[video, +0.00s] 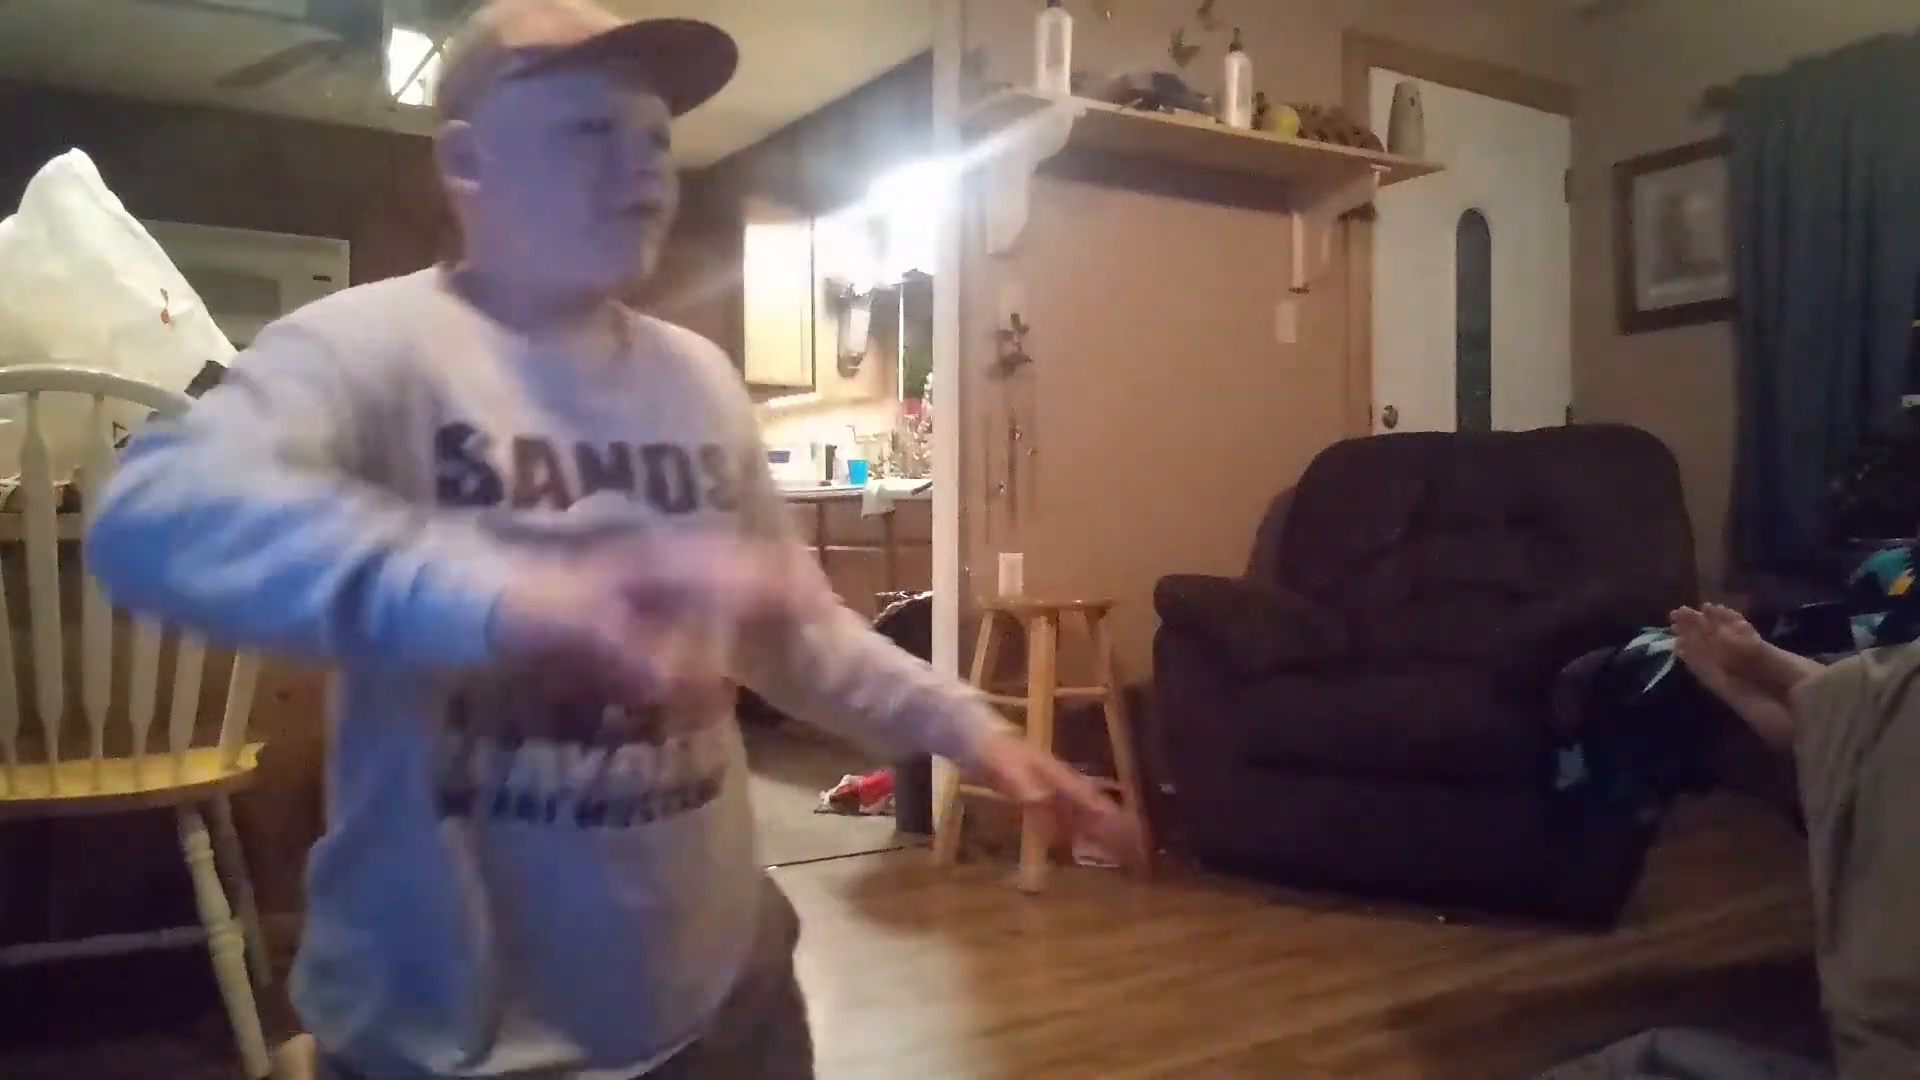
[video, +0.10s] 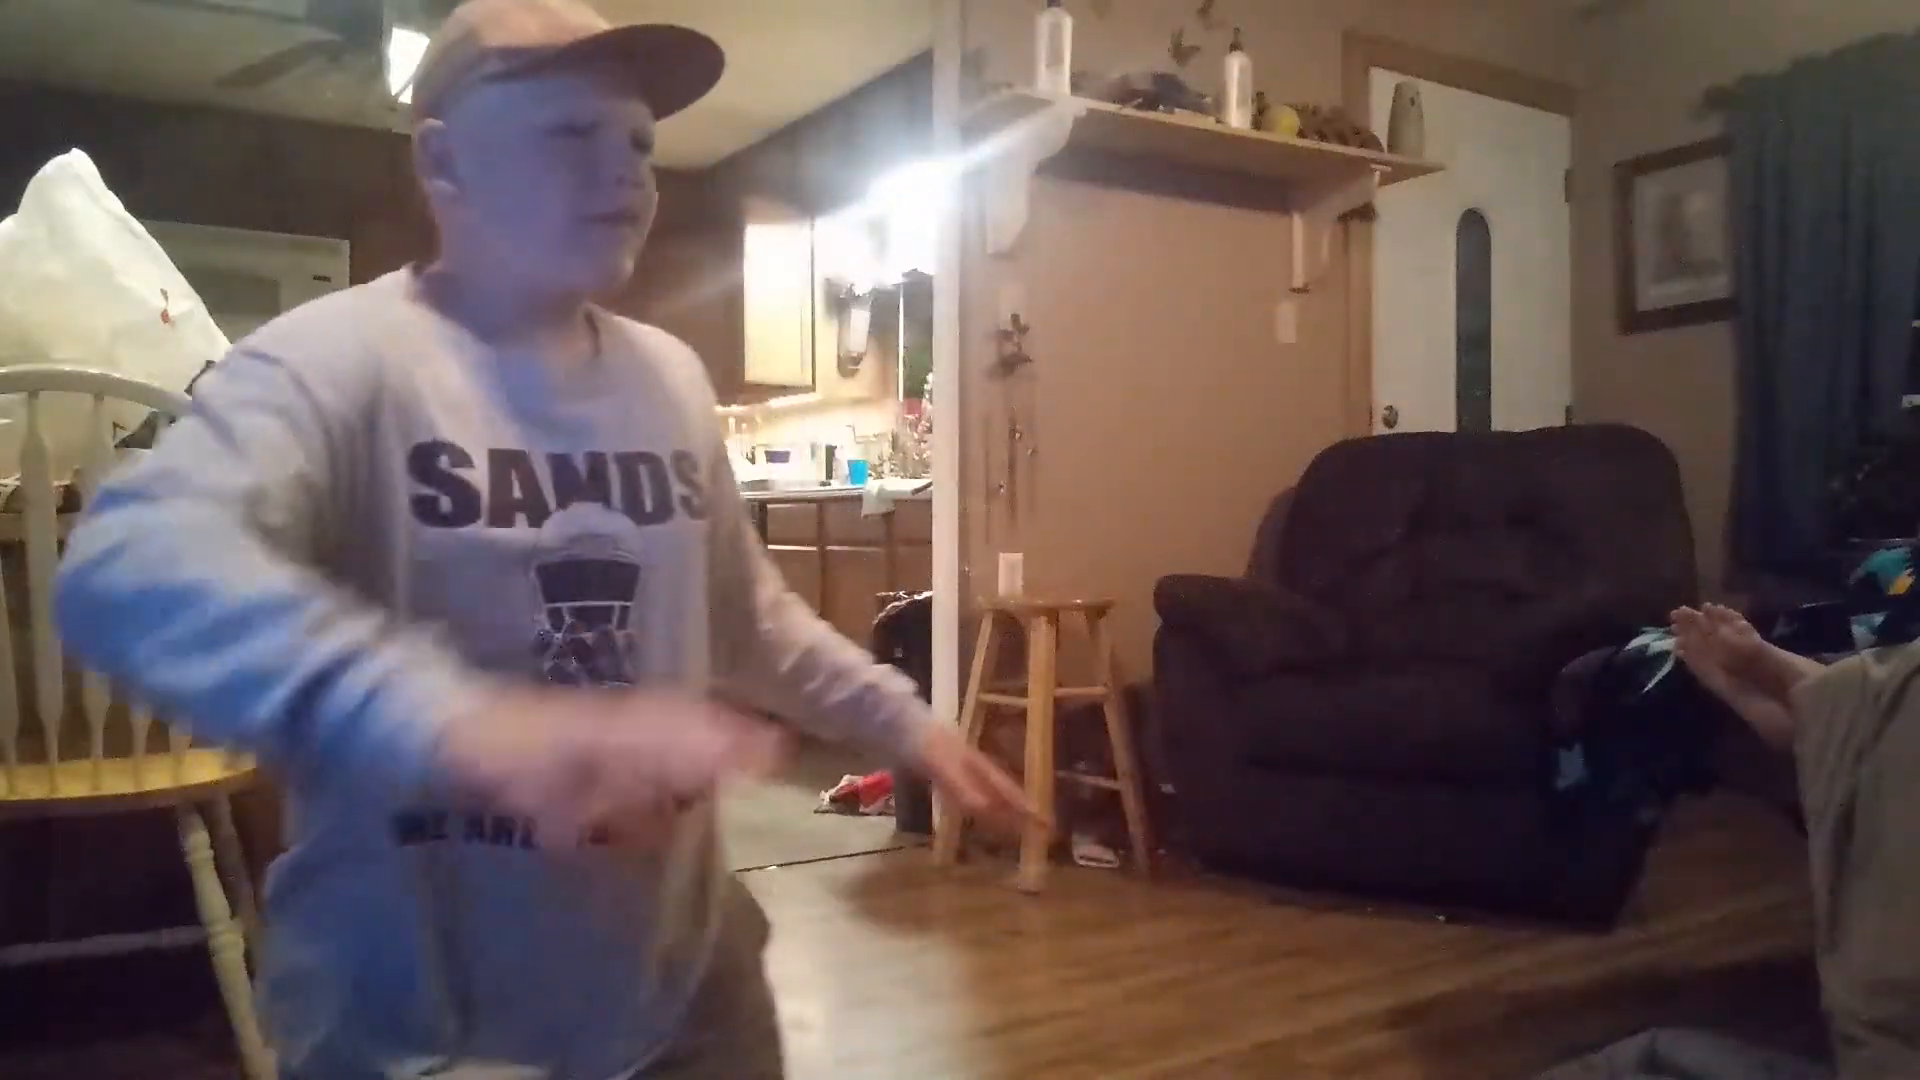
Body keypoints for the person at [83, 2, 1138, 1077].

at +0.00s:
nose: (646, 167)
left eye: (658, 137)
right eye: (591, 132)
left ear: (675, 163)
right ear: (467, 161)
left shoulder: (699, 378)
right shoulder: (369, 344)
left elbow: (781, 620)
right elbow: (155, 511)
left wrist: (960, 725)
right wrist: (508, 600)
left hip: (720, 989)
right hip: (459, 1017)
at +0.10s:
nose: (626, 173)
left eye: (637, 142)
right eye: (570, 134)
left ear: (652, 166)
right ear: (443, 169)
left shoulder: (669, 378)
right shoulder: (331, 360)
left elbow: (746, 615)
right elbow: (132, 560)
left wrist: (915, 731)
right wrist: (464, 725)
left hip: (681, 997)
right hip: (427, 1025)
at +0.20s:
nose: (614, 175)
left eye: (630, 141)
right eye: (555, 131)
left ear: (646, 166)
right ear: (433, 162)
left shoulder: (648, 380)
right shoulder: (323, 356)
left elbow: (709, 644)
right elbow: (108, 588)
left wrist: (886, 757)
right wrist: (370, 813)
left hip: (658, 993)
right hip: (404, 1023)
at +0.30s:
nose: (604, 175)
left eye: (627, 141)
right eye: (542, 131)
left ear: (647, 173)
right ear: (430, 158)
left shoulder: (644, 390)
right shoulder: (325, 350)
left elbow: (690, 677)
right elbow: (91, 580)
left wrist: (847, 793)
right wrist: (286, 836)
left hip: (643, 1002)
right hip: (390, 1019)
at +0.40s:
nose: (599, 175)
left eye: (628, 144)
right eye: (543, 137)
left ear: (652, 179)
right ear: (439, 164)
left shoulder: (655, 403)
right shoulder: (338, 347)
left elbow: (682, 700)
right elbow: (95, 558)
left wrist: (819, 838)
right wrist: (231, 811)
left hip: (639, 1010)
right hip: (383, 1018)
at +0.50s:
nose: (615, 177)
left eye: (642, 151)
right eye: (563, 143)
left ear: (666, 187)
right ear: (462, 174)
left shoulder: (670, 411)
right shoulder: (366, 343)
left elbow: (703, 696)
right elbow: (122, 527)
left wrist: (821, 838)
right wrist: (214, 745)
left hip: (643, 998)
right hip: (396, 1013)